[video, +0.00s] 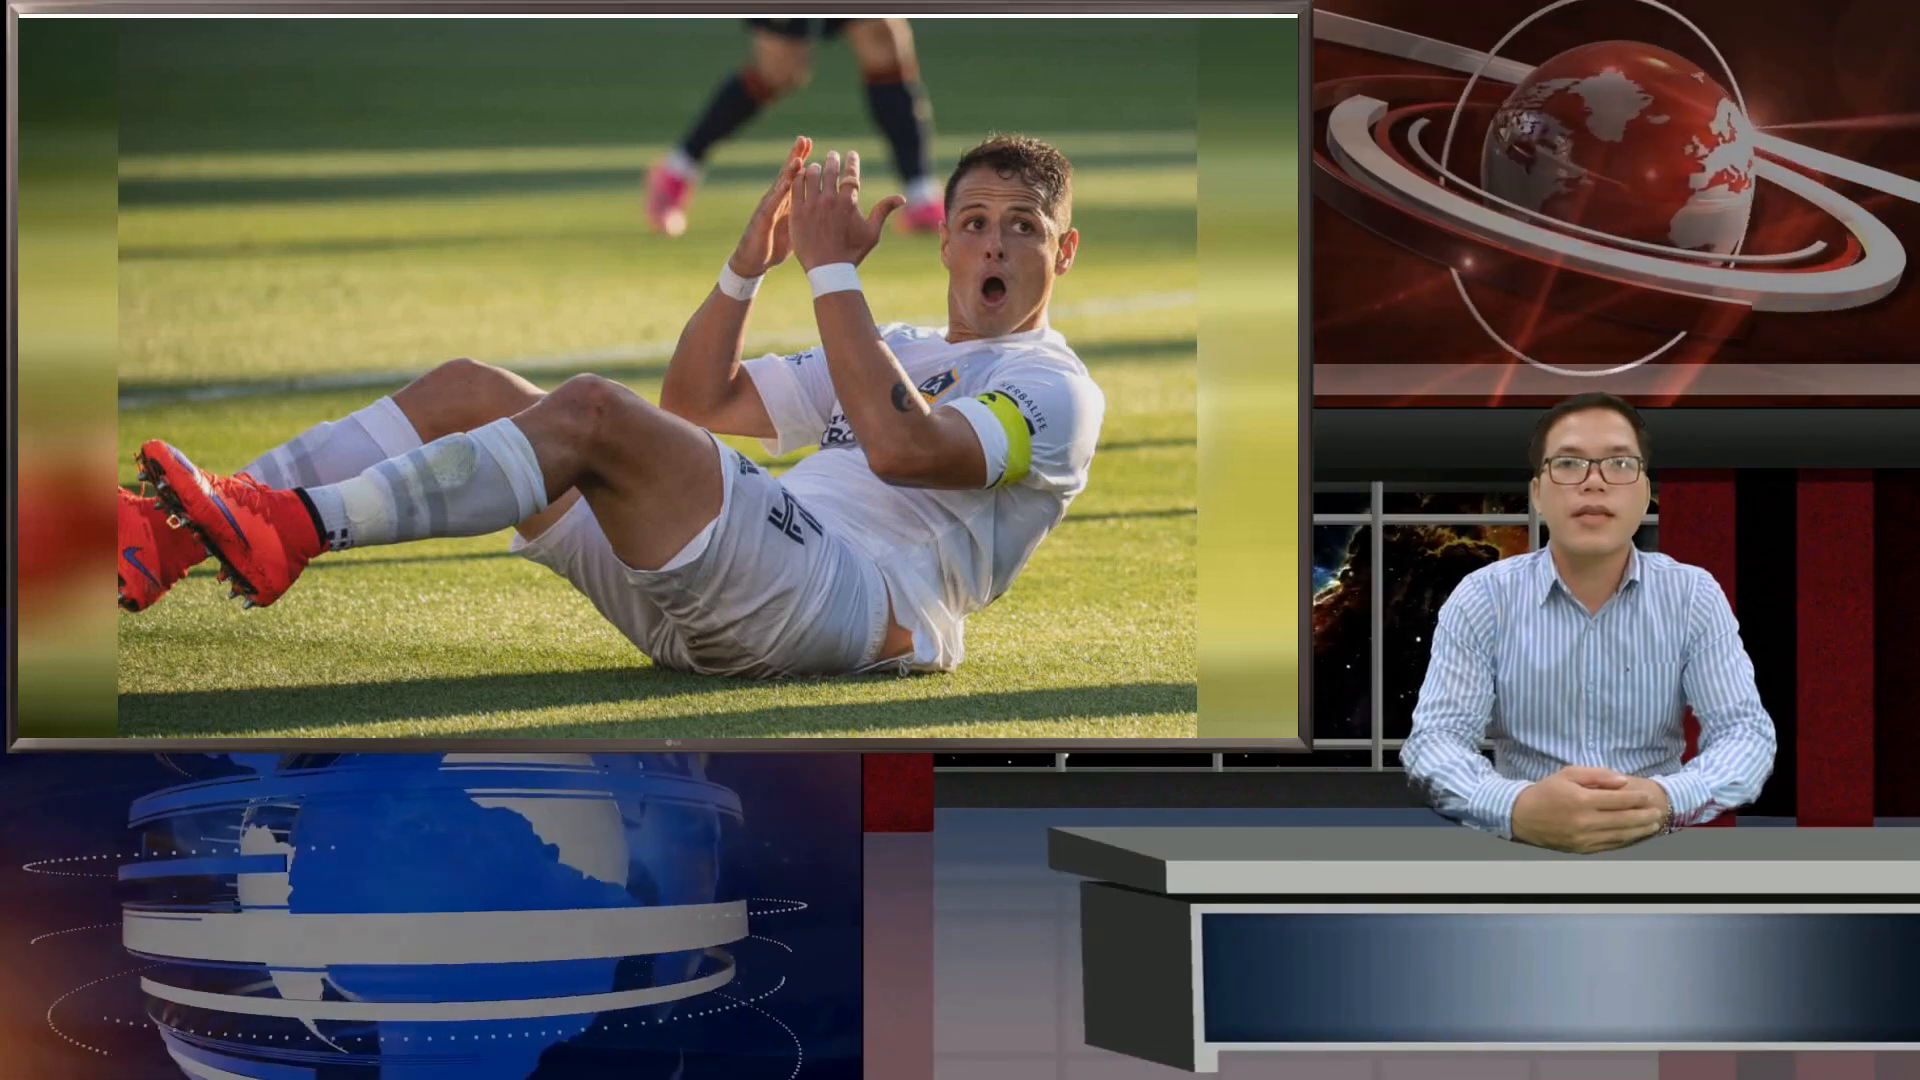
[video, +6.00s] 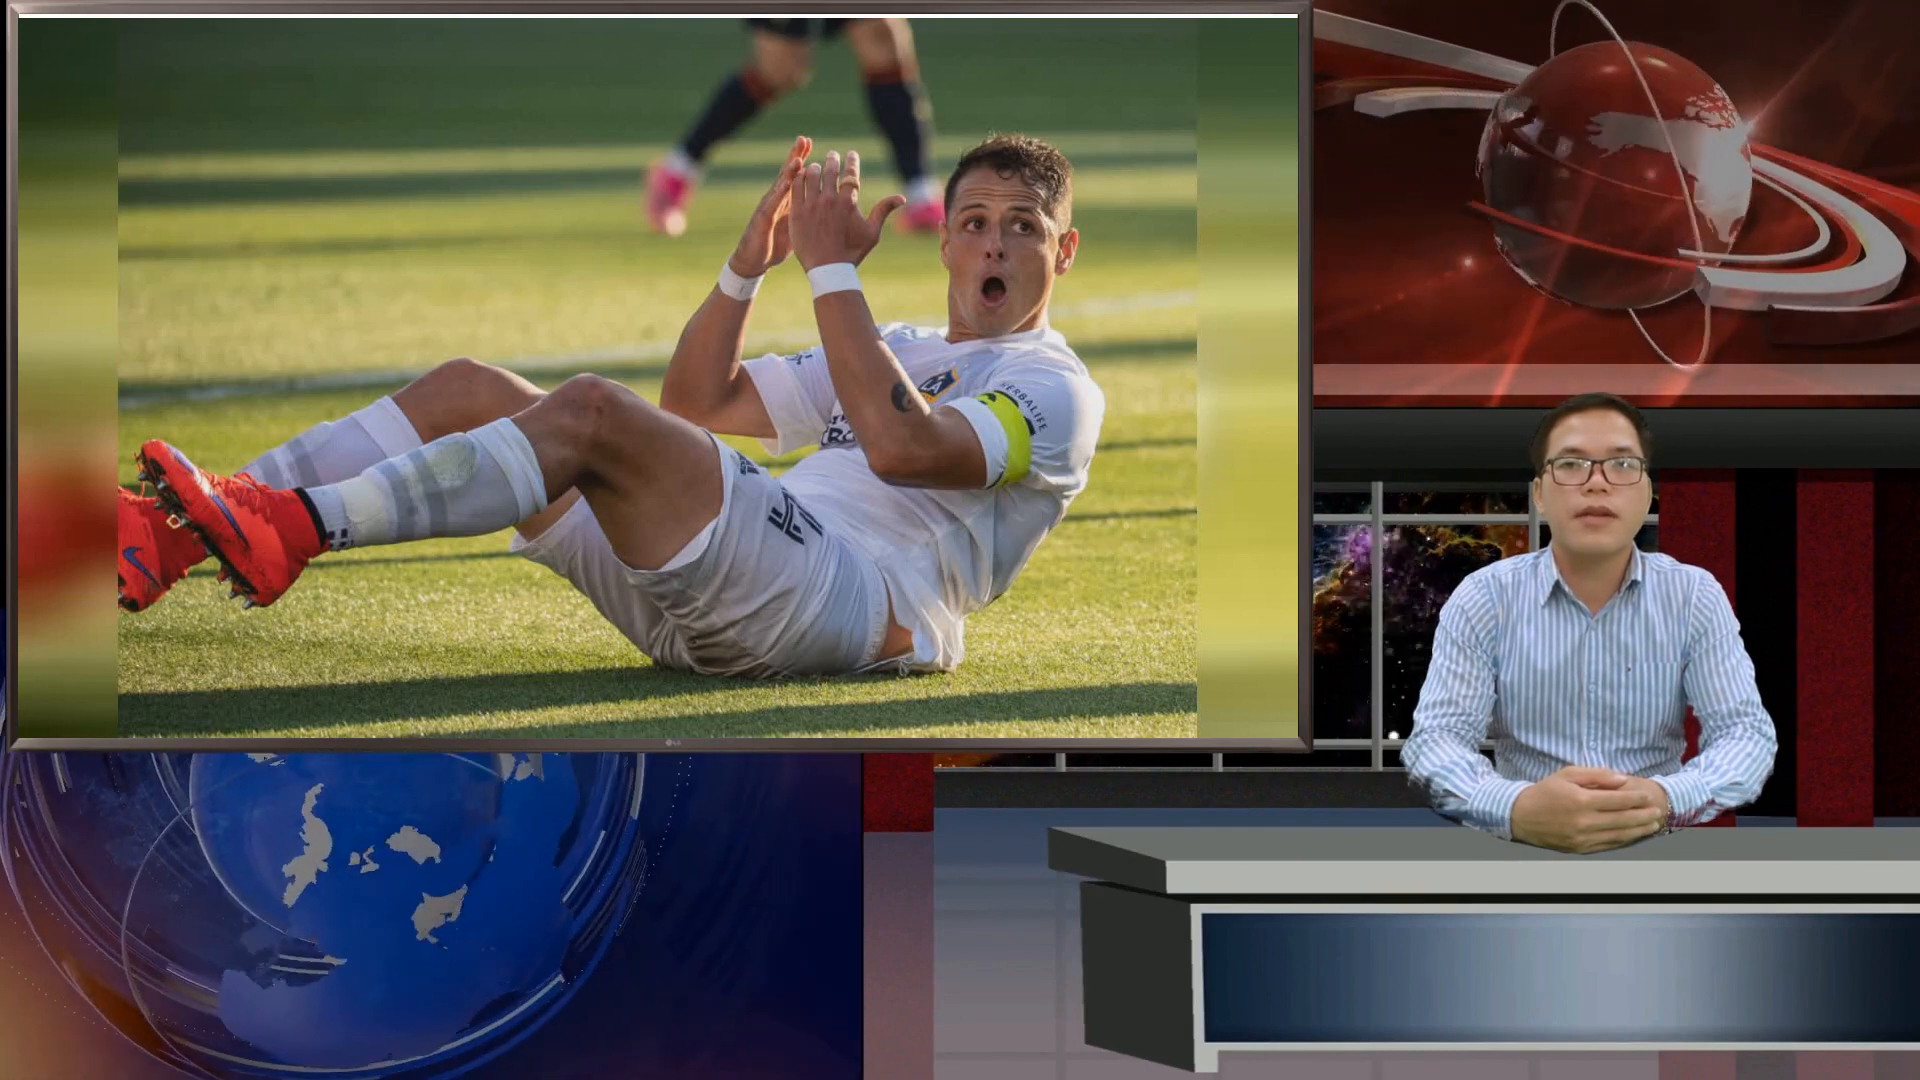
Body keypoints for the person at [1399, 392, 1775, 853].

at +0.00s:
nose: (1594, 482)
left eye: (1618, 464)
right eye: (1568, 463)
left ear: (1645, 494)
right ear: (1538, 494)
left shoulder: (1690, 598)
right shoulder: (1484, 600)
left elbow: (1744, 735)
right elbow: (1432, 745)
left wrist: (1667, 799)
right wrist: (1515, 809)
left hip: (1655, 850)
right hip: (1518, 853)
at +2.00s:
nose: (1595, 482)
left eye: (1619, 464)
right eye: (1569, 464)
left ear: (1646, 494)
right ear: (1538, 495)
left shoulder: (1690, 598)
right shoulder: (1484, 601)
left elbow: (1745, 735)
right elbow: (1432, 745)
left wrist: (1667, 800)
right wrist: (1514, 809)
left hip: (1657, 853)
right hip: (1521, 857)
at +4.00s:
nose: (1596, 483)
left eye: (1620, 465)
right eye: (1570, 464)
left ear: (1646, 494)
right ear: (1539, 496)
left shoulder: (1690, 598)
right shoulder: (1484, 601)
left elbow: (1745, 735)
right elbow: (1433, 745)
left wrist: (1667, 799)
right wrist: (1515, 809)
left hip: (1656, 853)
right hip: (1520, 857)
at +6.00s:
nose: (1597, 483)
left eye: (1621, 464)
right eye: (1571, 464)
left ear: (1647, 495)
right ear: (1539, 496)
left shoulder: (1691, 598)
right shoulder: (1485, 600)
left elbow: (1745, 735)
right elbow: (1434, 744)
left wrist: (1667, 799)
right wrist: (1514, 809)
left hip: (1656, 853)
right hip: (1520, 857)